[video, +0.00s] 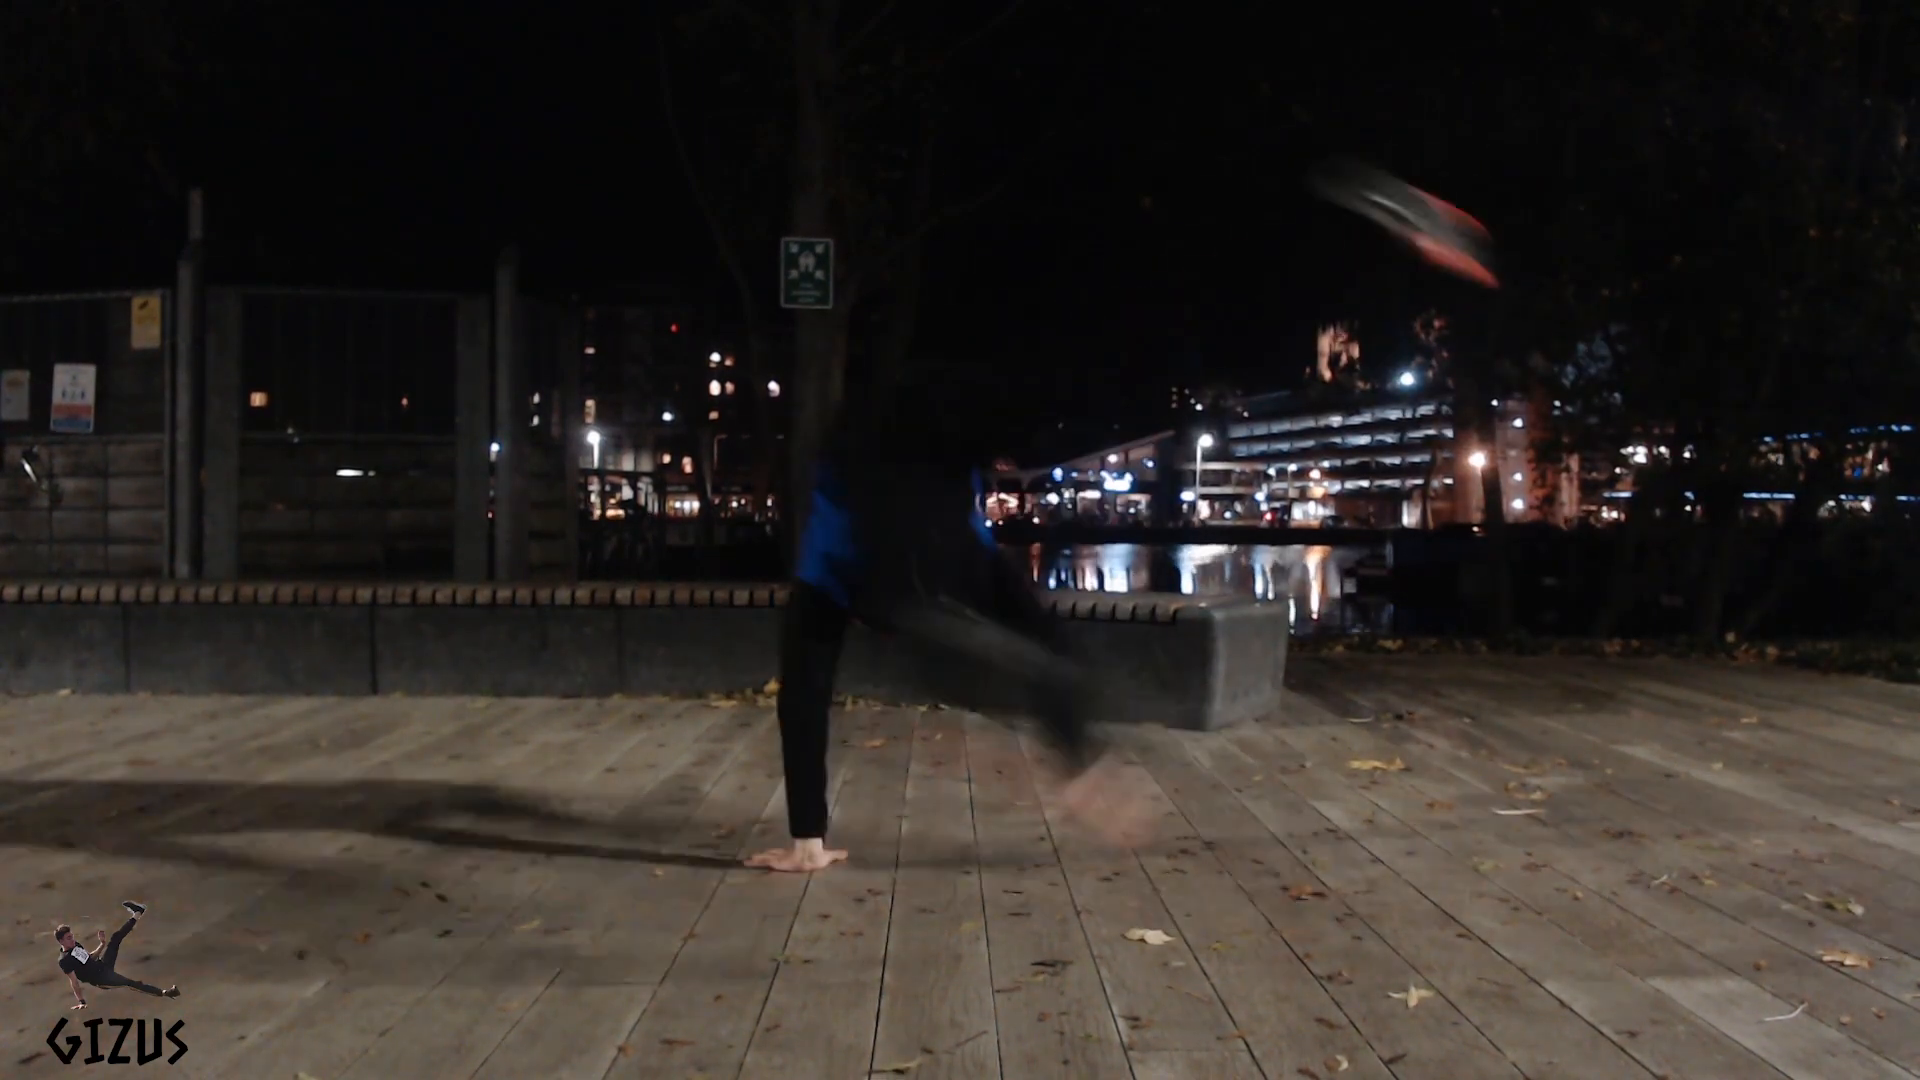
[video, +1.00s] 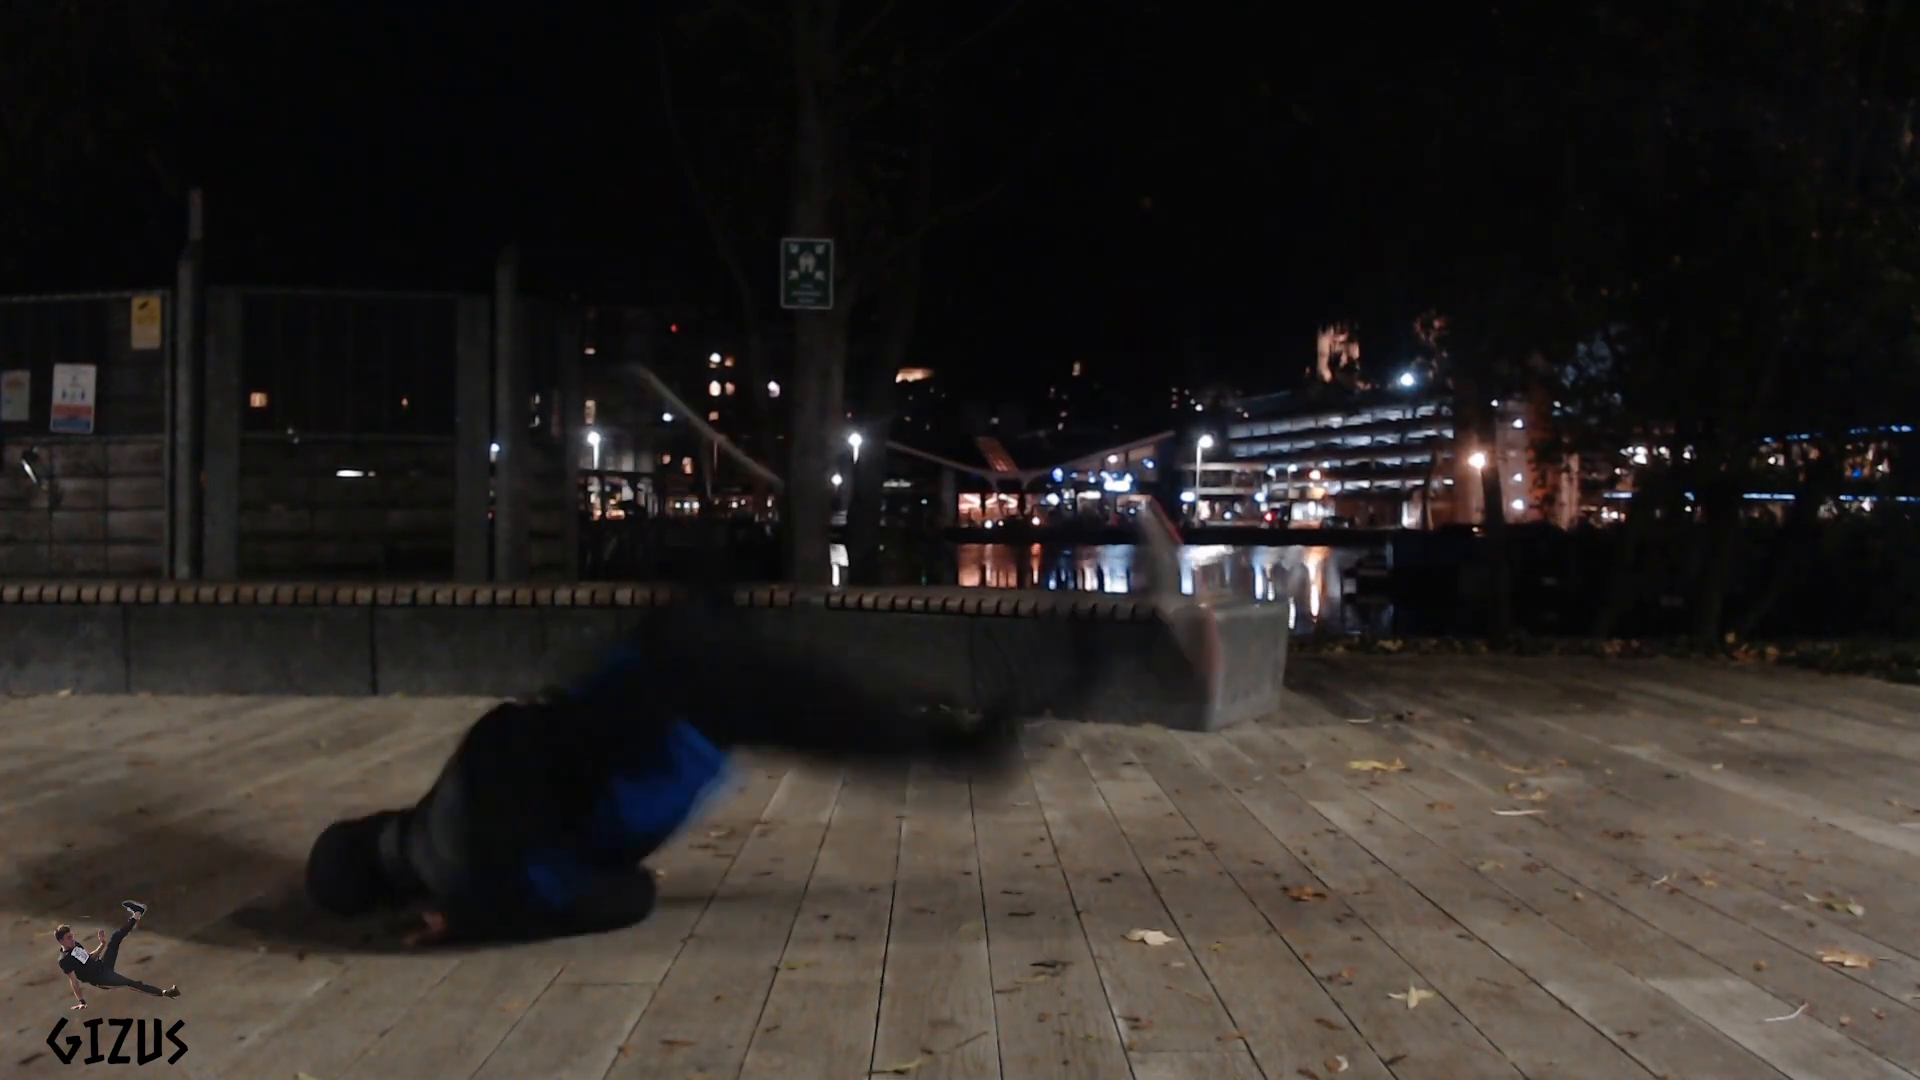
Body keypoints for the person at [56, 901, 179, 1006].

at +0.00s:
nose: (73, 939)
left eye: (72, 936)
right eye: (69, 938)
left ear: (71, 937)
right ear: (61, 942)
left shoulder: (76, 946)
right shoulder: (64, 960)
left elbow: (91, 957)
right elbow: (74, 982)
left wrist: (102, 944)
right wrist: (81, 1001)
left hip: (104, 965)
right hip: (102, 978)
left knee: (115, 939)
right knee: (132, 983)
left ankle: (136, 916)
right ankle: (164, 993)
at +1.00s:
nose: (73, 939)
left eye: (72, 936)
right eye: (69, 938)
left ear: (71, 936)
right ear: (61, 942)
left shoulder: (76, 946)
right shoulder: (64, 960)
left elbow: (91, 957)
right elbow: (74, 982)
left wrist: (102, 944)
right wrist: (81, 1001)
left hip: (104, 965)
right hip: (102, 978)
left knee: (116, 938)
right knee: (133, 983)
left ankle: (135, 917)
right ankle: (165, 993)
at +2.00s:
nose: (72, 939)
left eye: (72, 936)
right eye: (69, 938)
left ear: (70, 937)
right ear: (61, 942)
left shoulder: (75, 946)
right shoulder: (64, 960)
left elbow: (91, 958)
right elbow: (74, 982)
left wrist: (102, 945)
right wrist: (81, 1002)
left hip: (104, 965)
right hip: (102, 978)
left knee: (116, 938)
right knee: (132, 983)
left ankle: (136, 916)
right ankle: (164, 993)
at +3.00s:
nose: (72, 939)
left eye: (72, 936)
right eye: (69, 938)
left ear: (70, 937)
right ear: (61, 941)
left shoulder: (75, 946)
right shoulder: (64, 960)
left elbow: (91, 957)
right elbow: (74, 982)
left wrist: (102, 945)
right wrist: (81, 1002)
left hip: (104, 965)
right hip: (102, 978)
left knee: (115, 938)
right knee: (132, 983)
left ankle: (136, 916)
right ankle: (164, 993)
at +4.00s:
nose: (73, 939)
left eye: (72, 936)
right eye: (69, 938)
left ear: (71, 937)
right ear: (61, 941)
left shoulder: (75, 946)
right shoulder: (64, 960)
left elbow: (91, 957)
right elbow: (74, 982)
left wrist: (102, 945)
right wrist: (81, 1002)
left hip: (104, 965)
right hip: (102, 978)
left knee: (116, 938)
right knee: (131, 983)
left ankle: (136, 916)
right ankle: (164, 993)